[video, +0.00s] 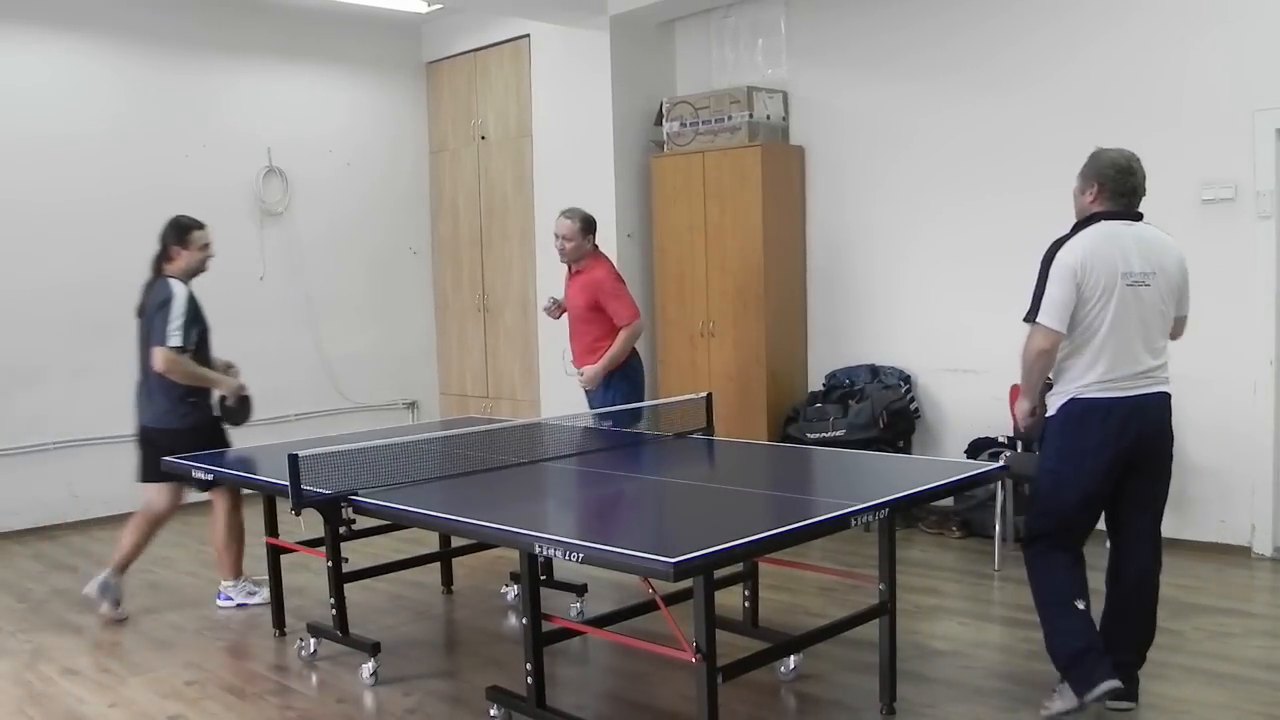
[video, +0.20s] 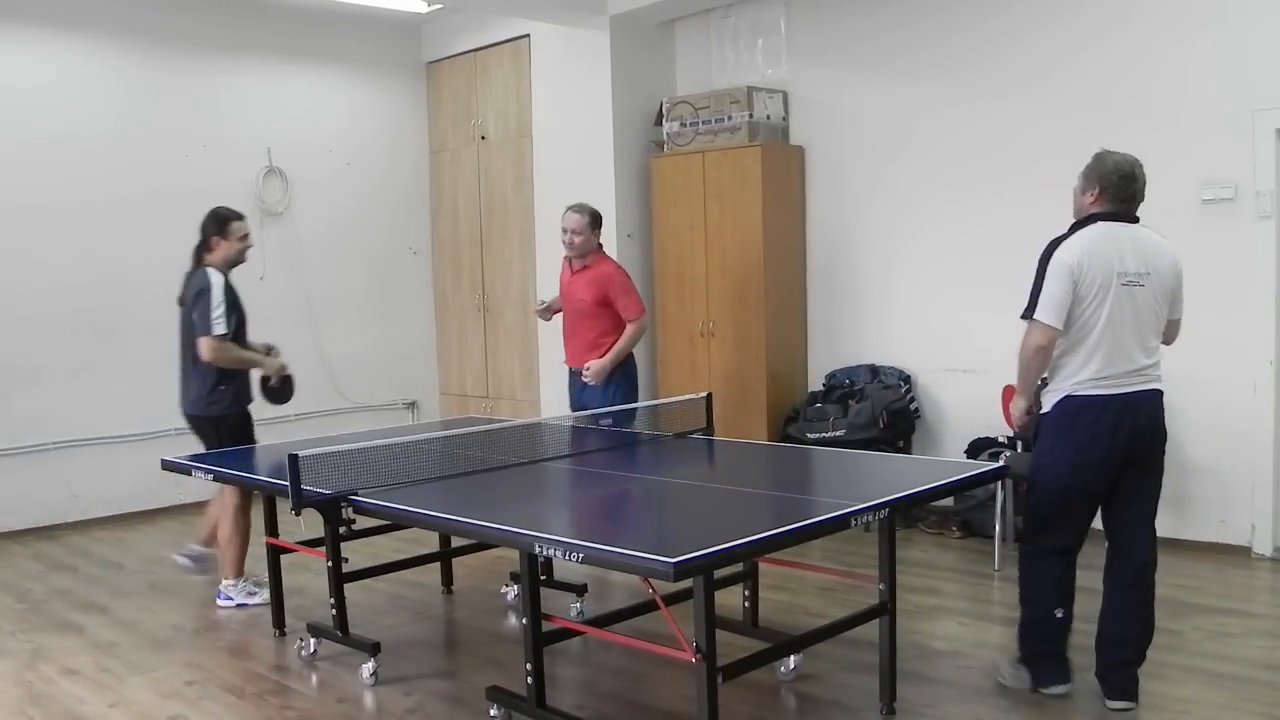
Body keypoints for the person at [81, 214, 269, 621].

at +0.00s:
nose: (209, 256)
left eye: (208, 248)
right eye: (203, 249)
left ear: (175, 253)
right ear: (176, 252)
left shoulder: (157, 290)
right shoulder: (177, 293)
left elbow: (171, 352)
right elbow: (165, 361)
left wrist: (213, 364)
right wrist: (219, 382)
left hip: (158, 420)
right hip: (190, 422)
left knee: (161, 501)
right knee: (225, 492)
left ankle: (110, 579)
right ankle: (232, 586)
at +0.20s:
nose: (249, 245)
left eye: (248, 237)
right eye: (242, 238)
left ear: (216, 243)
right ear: (217, 242)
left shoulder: (203, 278)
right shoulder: (211, 281)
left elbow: (215, 342)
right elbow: (211, 350)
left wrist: (258, 352)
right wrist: (263, 362)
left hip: (208, 403)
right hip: (220, 406)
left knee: (237, 481)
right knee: (240, 490)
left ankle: (201, 546)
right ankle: (232, 585)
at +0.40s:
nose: (279, 248)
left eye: (279, 241)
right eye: (272, 242)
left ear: (253, 245)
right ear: (247, 245)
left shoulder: (256, 281)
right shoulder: (237, 283)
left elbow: (261, 337)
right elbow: (240, 349)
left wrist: (294, 350)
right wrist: (289, 358)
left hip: (257, 403)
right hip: (242, 406)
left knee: (274, 484)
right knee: (256, 490)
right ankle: (232, 582)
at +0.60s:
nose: (312, 250)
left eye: (313, 243)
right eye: (305, 244)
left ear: (300, 247)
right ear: (281, 246)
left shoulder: (306, 287)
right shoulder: (263, 286)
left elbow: (307, 331)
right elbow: (250, 346)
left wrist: (323, 349)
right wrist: (303, 359)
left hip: (300, 404)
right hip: (266, 408)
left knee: (326, 479)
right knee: (265, 492)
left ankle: (334, 555)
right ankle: (236, 576)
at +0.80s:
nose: (335, 243)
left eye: (336, 236)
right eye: (328, 236)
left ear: (332, 240)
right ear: (304, 239)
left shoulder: (336, 280)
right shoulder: (282, 280)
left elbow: (350, 326)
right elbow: (260, 333)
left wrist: (351, 343)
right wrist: (313, 354)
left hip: (326, 395)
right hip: (288, 399)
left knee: (335, 474)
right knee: (280, 480)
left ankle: (335, 553)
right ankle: (257, 556)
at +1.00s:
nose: (340, 239)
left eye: (341, 233)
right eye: (333, 234)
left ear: (337, 238)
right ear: (309, 237)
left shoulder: (346, 280)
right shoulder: (287, 277)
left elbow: (363, 324)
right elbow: (260, 327)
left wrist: (365, 336)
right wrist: (295, 368)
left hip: (340, 394)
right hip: (298, 394)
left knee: (341, 471)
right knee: (293, 475)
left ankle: (336, 547)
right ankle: (292, 551)